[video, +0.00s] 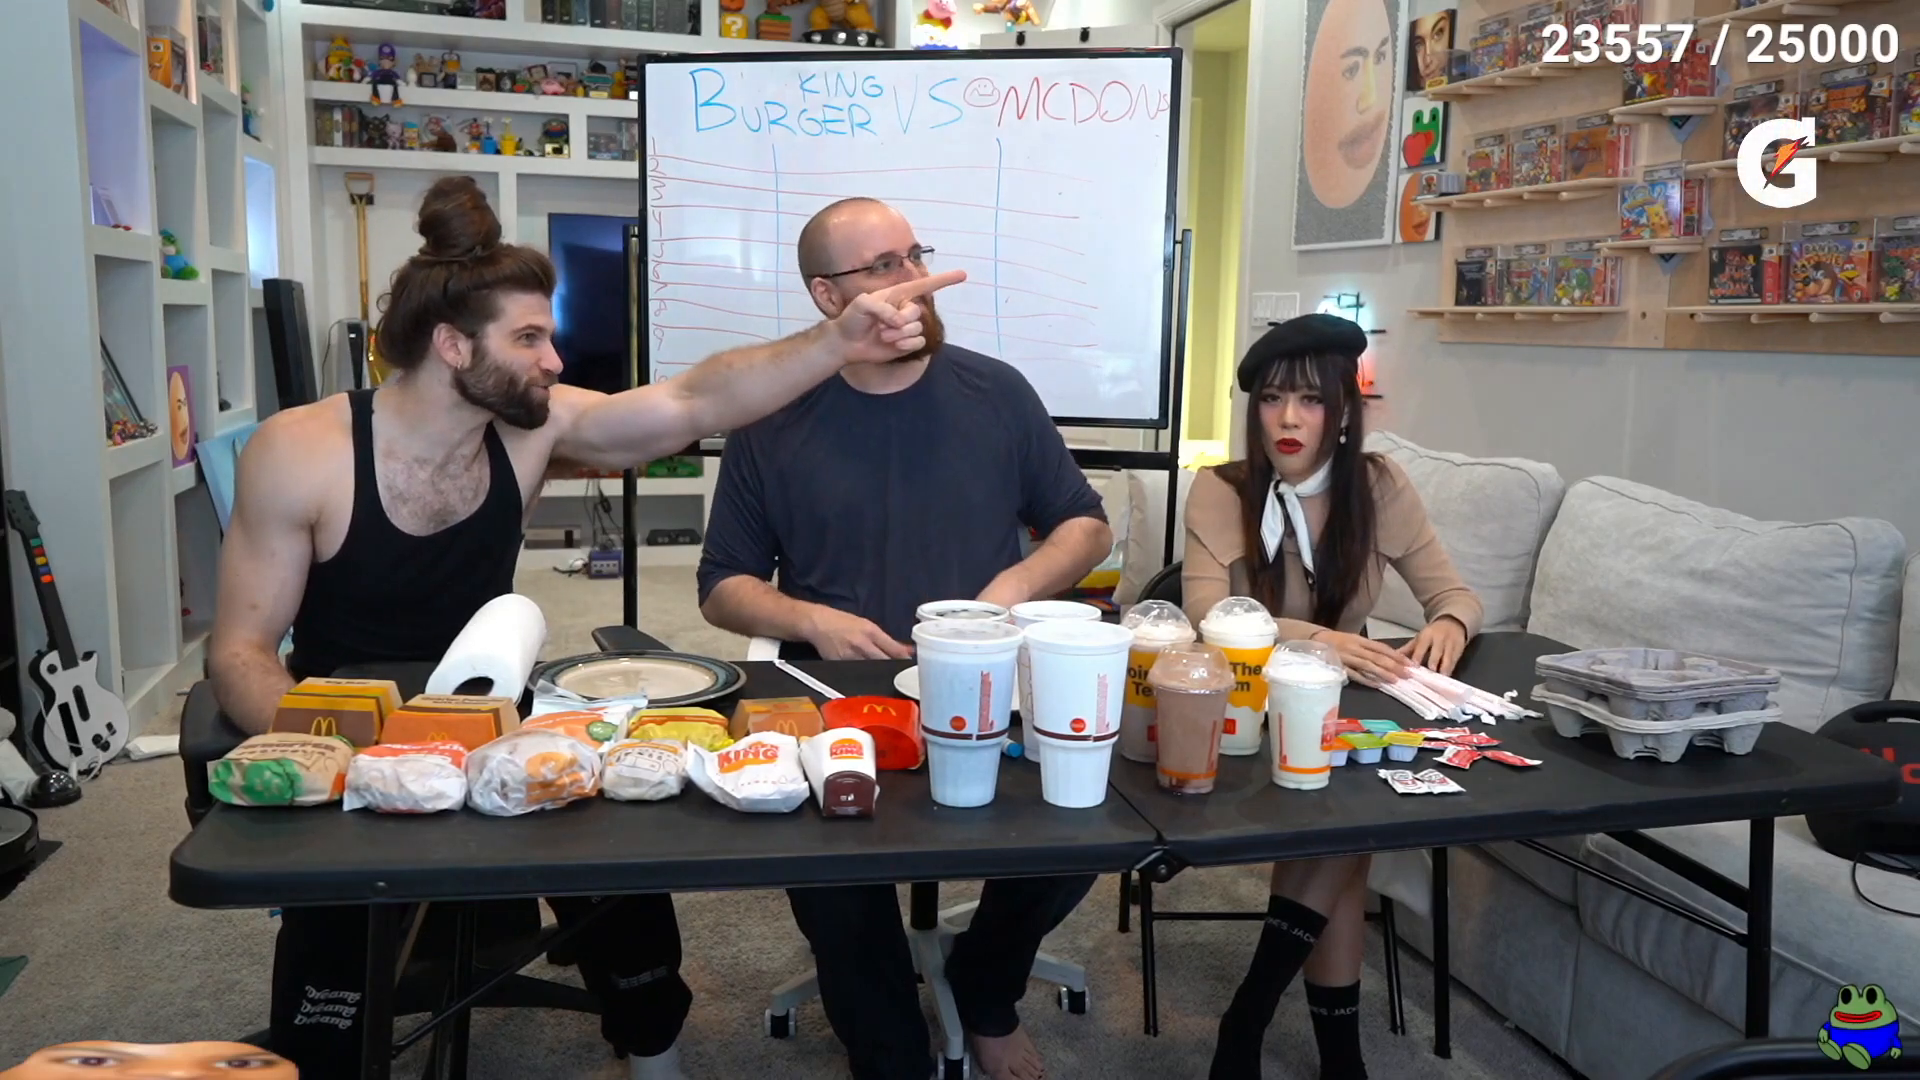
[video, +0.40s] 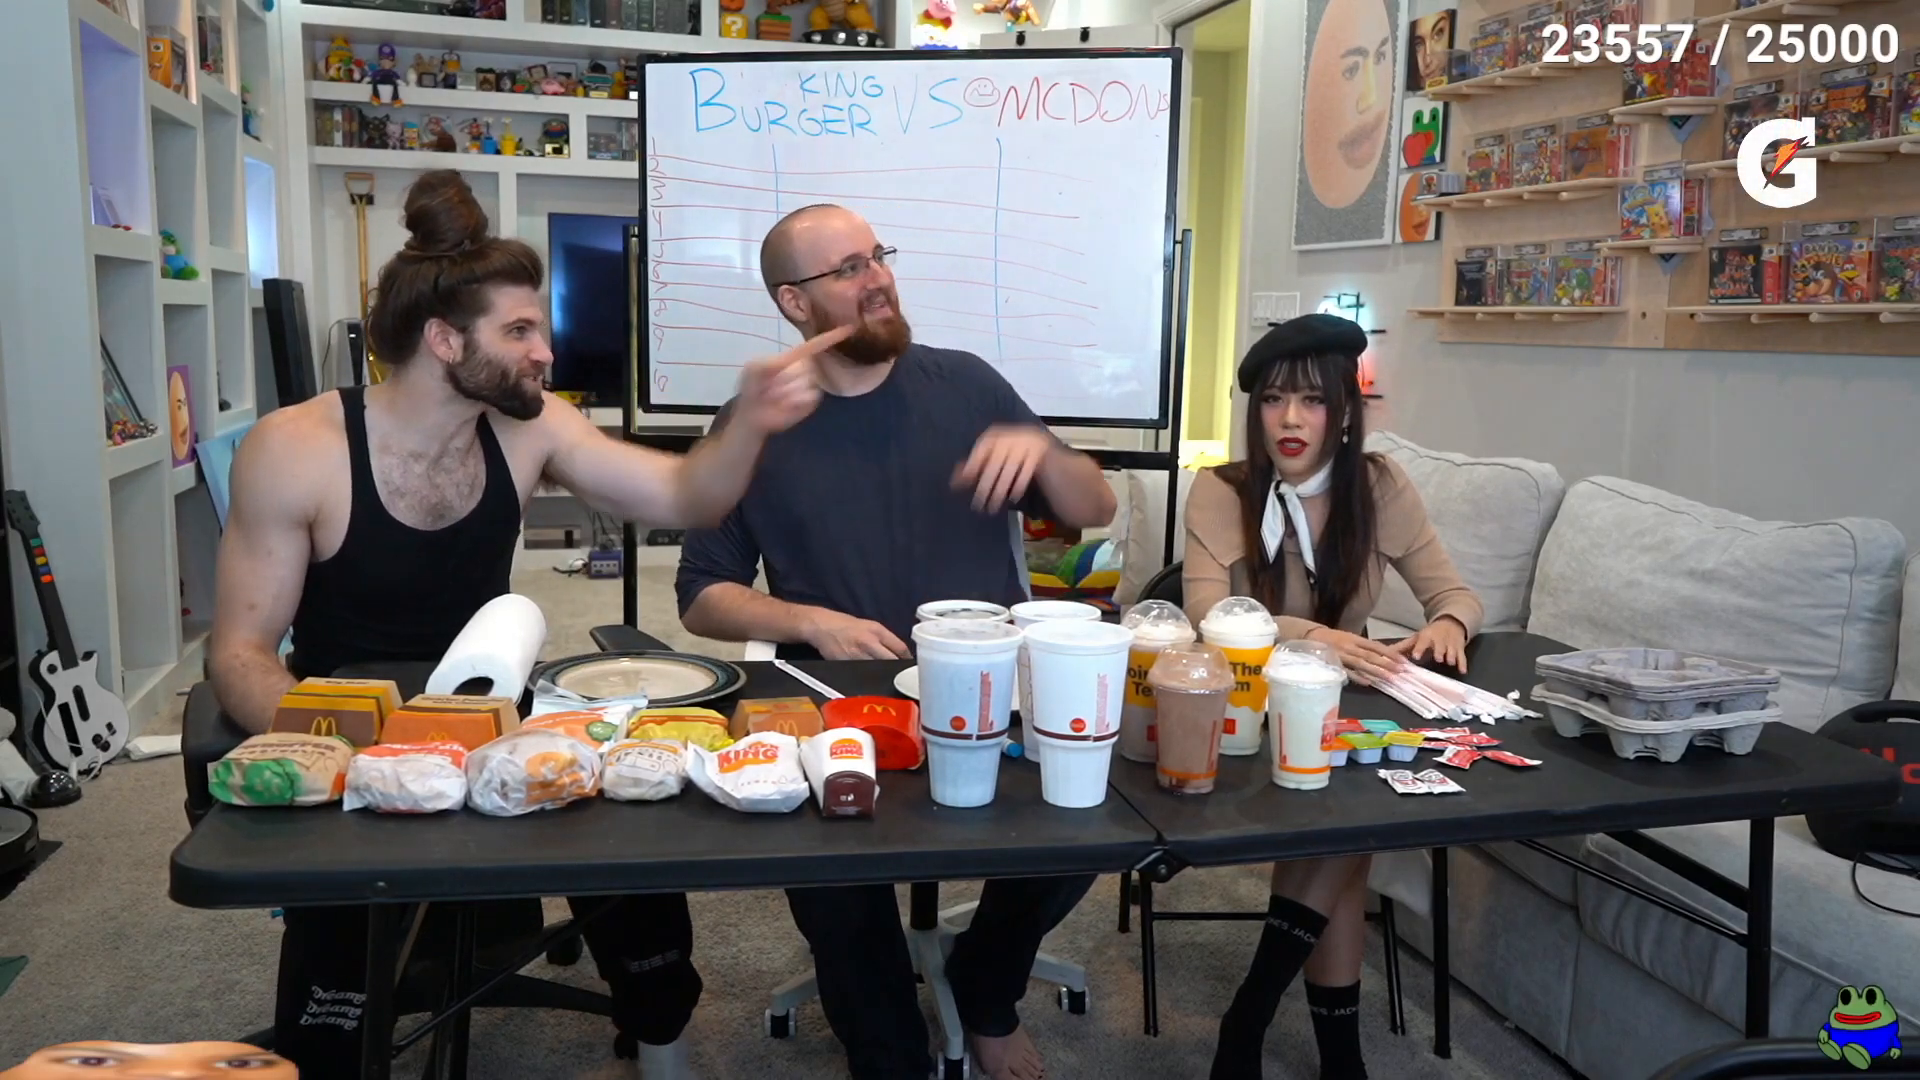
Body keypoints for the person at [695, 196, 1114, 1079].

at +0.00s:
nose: (909, 284)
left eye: (913, 260)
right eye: (877, 270)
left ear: (932, 267)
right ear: (825, 298)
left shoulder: (997, 394)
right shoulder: (771, 427)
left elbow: (1086, 525)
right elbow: (722, 585)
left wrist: (1020, 582)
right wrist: (811, 619)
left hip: (986, 697)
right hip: (835, 704)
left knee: (1074, 832)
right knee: (827, 865)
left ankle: (981, 992)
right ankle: (897, 1061)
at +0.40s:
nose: (880, 279)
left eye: (880, 258)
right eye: (849, 270)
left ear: (892, 265)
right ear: (795, 305)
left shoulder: (964, 383)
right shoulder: (755, 426)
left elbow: (1093, 512)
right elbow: (700, 595)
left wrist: (1044, 451)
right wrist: (809, 622)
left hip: (990, 687)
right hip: (836, 699)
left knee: (1075, 825)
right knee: (822, 858)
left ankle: (982, 991)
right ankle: (895, 1061)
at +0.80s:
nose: (844, 283)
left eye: (843, 262)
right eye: (812, 276)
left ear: (858, 268)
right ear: (760, 312)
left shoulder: (942, 374)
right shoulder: (725, 441)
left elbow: (1075, 405)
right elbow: (690, 610)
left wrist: (1127, 281)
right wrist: (793, 619)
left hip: (984, 694)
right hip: (831, 712)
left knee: (1076, 822)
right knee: (820, 872)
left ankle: (987, 991)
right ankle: (897, 1062)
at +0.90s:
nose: (839, 286)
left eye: (840, 265)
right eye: (808, 278)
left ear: (854, 269)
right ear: (757, 312)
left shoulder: (937, 374)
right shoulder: (724, 442)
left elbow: (1073, 408)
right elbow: (688, 609)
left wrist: (1126, 288)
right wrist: (790, 619)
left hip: (982, 693)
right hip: (828, 711)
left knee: (1071, 823)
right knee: (816, 867)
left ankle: (987, 992)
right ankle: (897, 1062)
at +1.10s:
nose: (840, 289)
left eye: (843, 266)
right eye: (808, 280)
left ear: (858, 273)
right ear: (760, 312)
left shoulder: (942, 376)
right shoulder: (723, 441)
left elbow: (1081, 431)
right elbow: (687, 610)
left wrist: (1090, 329)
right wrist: (795, 619)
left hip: (976, 695)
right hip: (824, 713)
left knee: (1073, 822)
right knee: (819, 866)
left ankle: (986, 991)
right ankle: (898, 1062)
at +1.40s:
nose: (829, 310)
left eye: (844, 284)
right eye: (801, 294)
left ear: (873, 284)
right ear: (771, 312)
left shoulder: (961, 384)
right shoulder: (742, 417)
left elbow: (1087, 487)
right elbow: (697, 551)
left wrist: (1018, 576)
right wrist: (751, 603)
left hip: (965, 670)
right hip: (817, 679)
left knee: (1048, 825)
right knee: (814, 847)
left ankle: (1017, 1044)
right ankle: (873, 1057)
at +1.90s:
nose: (820, 344)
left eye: (843, 316)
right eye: (797, 320)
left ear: (889, 312)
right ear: (775, 322)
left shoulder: (988, 391)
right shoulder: (756, 396)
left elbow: (1099, 450)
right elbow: (751, 475)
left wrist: (1081, 609)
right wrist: (784, 590)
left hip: (968, 681)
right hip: (825, 673)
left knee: (938, 834)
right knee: (744, 819)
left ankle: (844, 1017)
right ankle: (889, 1033)